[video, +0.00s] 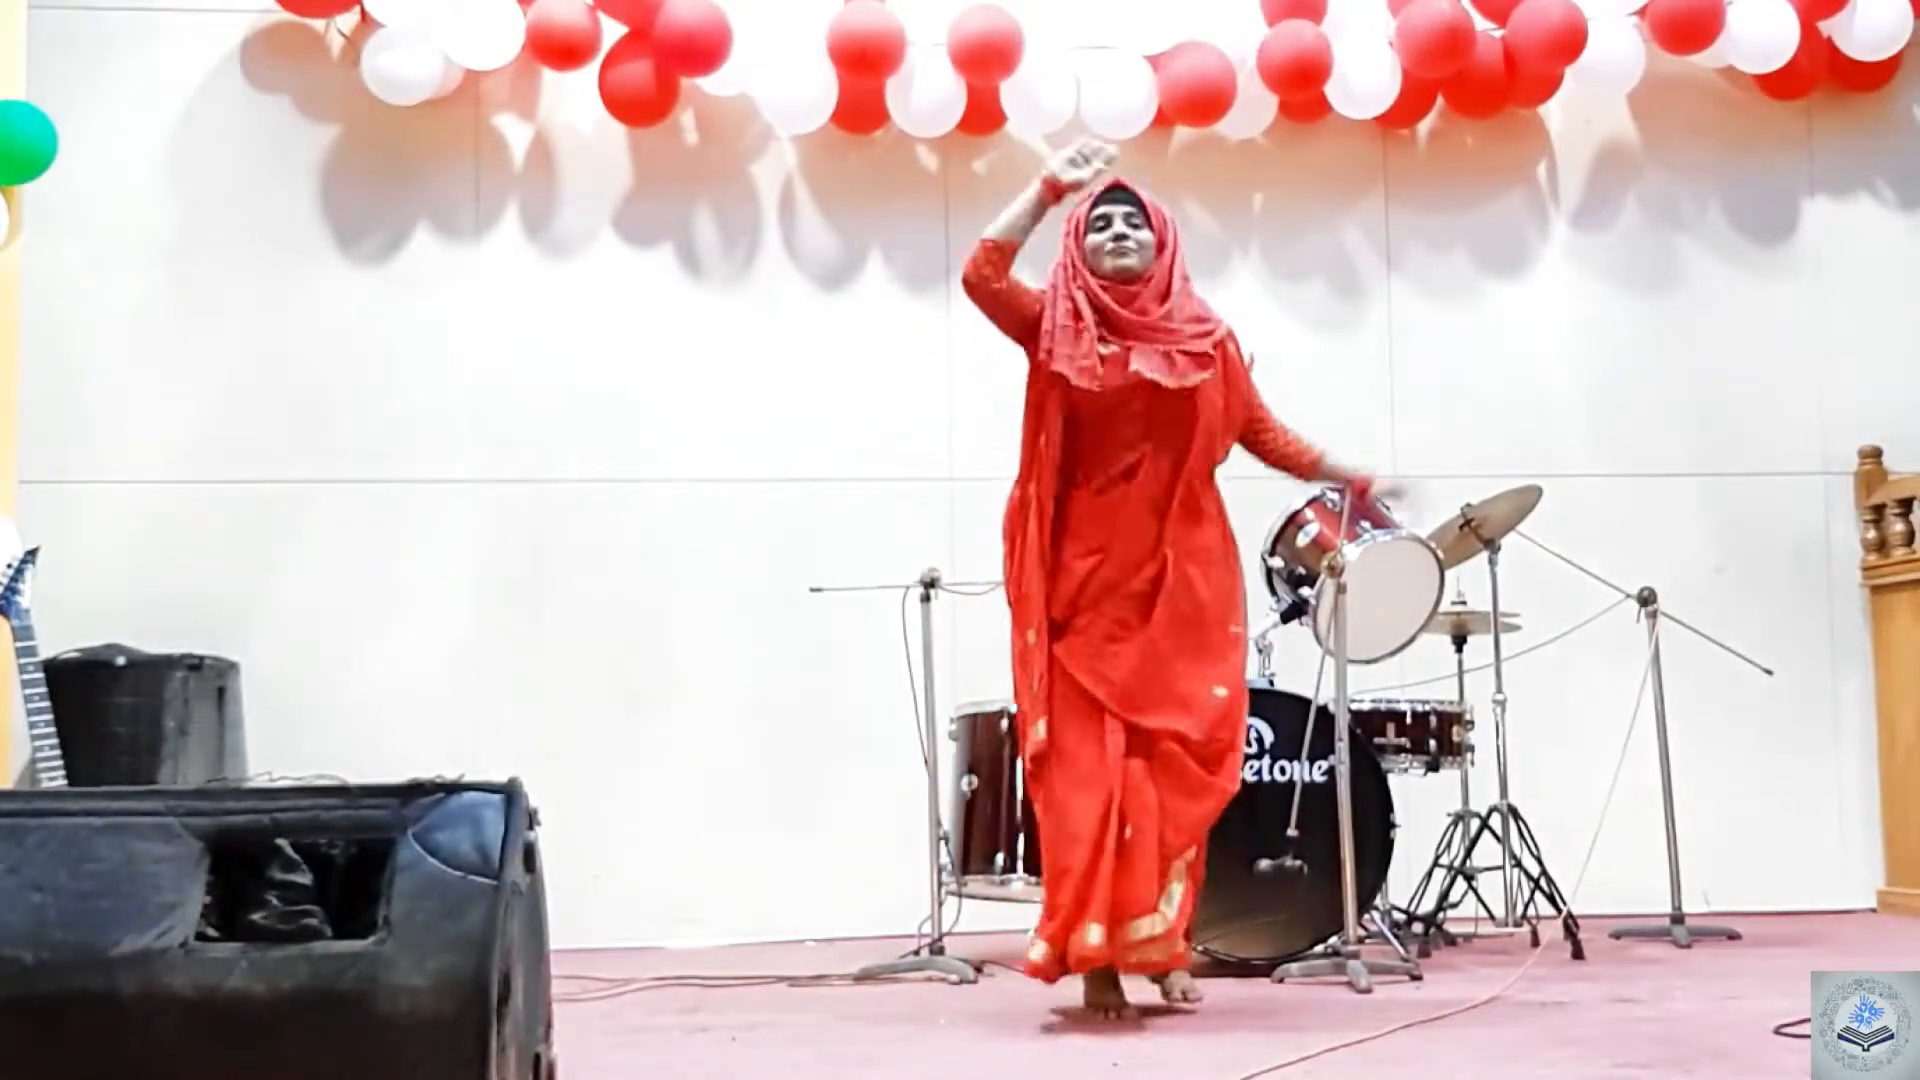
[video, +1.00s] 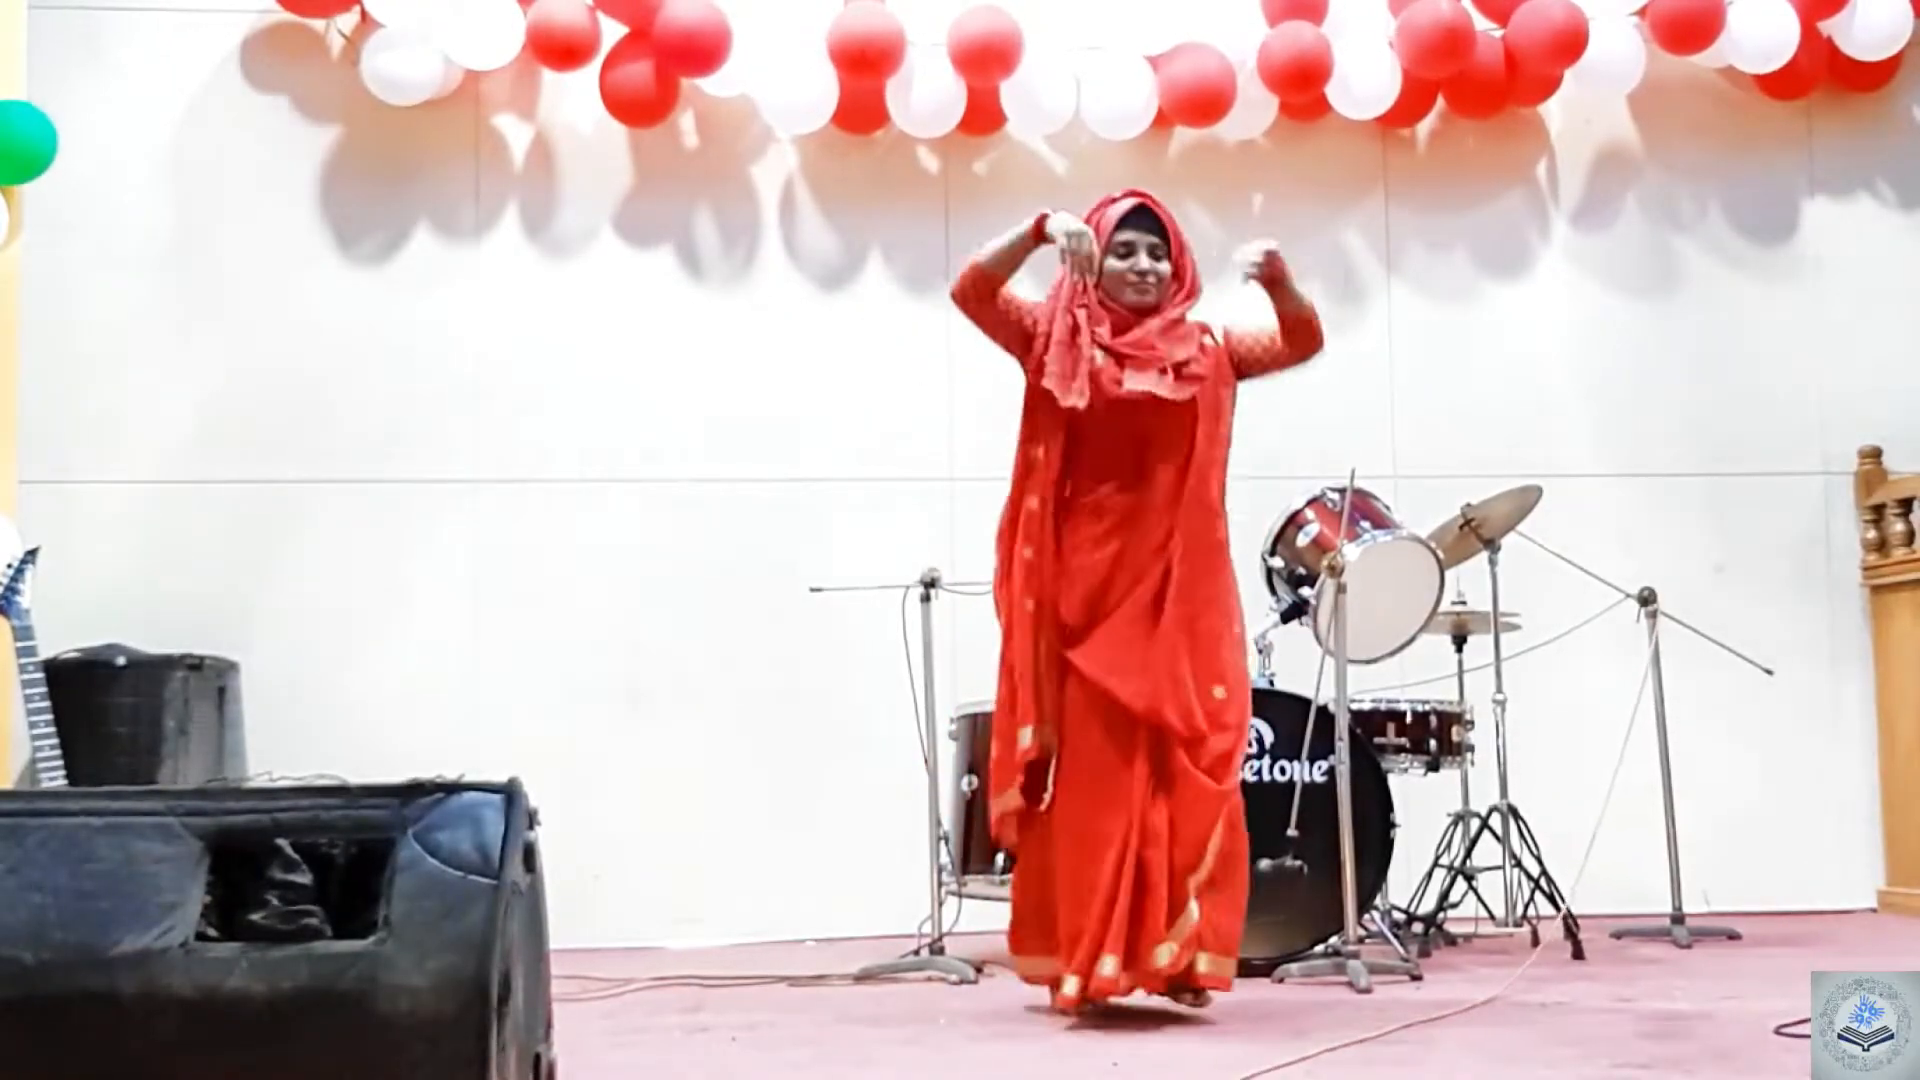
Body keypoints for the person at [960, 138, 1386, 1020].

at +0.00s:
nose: (1117, 232)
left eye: (1131, 219)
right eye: (1098, 224)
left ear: (1160, 239)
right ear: (1079, 248)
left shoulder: (1203, 341)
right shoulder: (1058, 331)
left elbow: (1264, 435)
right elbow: (982, 273)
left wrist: (1346, 474)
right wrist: (1043, 191)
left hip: (1183, 582)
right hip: (1081, 582)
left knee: (1183, 761)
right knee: (1089, 762)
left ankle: (1165, 946)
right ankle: (1097, 963)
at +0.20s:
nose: (1139, 298)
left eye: (1154, 284)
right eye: (1121, 288)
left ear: (1181, 298)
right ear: (1097, 306)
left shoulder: (1219, 394)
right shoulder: (1070, 382)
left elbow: (1321, 399)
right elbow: (1002, 339)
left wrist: (1366, 313)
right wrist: (1077, 284)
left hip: (1197, 612)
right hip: (1098, 612)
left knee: (1193, 777)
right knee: (1111, 763)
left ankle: (1160, 970)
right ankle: (1093, 966)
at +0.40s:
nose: (1143, 244)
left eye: (1158, 233)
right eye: (1127, 232)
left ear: (1182, 251)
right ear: (1099, 252)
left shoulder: (1215, 329)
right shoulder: (1068, 325)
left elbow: (1303, 285)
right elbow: (997, 291)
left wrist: (1266, 200)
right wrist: (1085, 245)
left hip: (1184, 586)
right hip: (1089, 583)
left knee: (1184, 767)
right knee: (1092, 768)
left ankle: (1169, 957)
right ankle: (1093, 970)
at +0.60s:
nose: (1152, 272)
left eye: (1167, 260)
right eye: (1135, 258)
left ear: (1192, 279)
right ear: (1104, 272)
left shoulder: (1208, 353)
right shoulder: (1071, 350)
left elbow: (1288, 314)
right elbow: (994, 321)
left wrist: (1220, 251)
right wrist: (1094, 282)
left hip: (1187, 592)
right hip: (1093, 590)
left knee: (1188, 770)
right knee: (1094, 768)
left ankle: (1170, 967)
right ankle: (1094, 971)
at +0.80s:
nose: (1138, 279)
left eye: (1152, 266)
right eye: (1121, 267)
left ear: (1176, 282)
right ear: (1091, 280)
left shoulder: (1206, 358)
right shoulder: (1060, 356)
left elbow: (1298, 334)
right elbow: (973, 336)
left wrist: (1222, 288)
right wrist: (1071, 302)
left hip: (1193, 605)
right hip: (1094, 602)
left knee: (1199, 790)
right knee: (1094, 784)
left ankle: (1169, 977)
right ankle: (1087, 980)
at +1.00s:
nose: (1139, 264)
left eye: (1153, 252)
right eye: (1124, 252)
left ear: (1174, 268)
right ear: (1094, 265)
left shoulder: (1207, 348)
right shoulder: (1057, 335)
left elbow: (1301, 344)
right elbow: (972, 293)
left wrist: (1282, 288)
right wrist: (1031, 235)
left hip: (1182, 592)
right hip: (1081, 589)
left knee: (1193, 770)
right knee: (1090, 769)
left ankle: (1182, 964)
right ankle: (1086, 968)